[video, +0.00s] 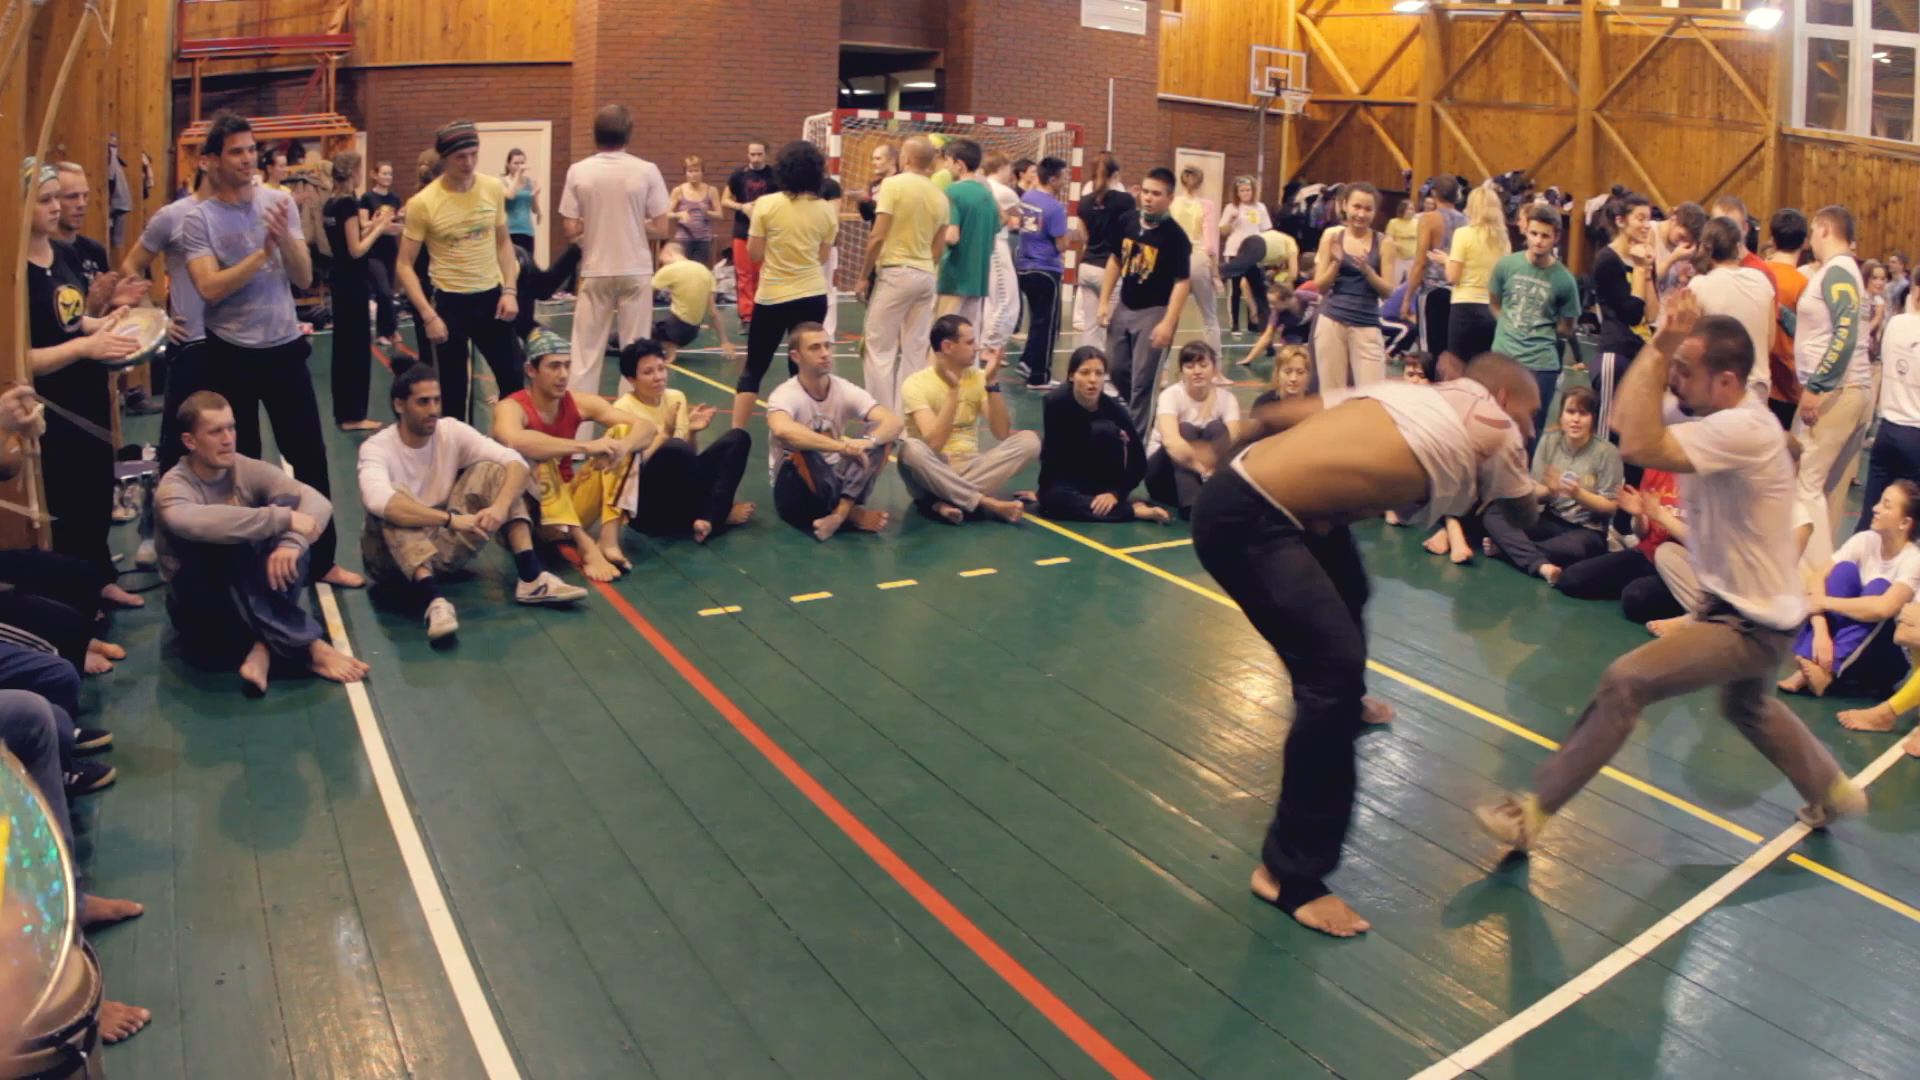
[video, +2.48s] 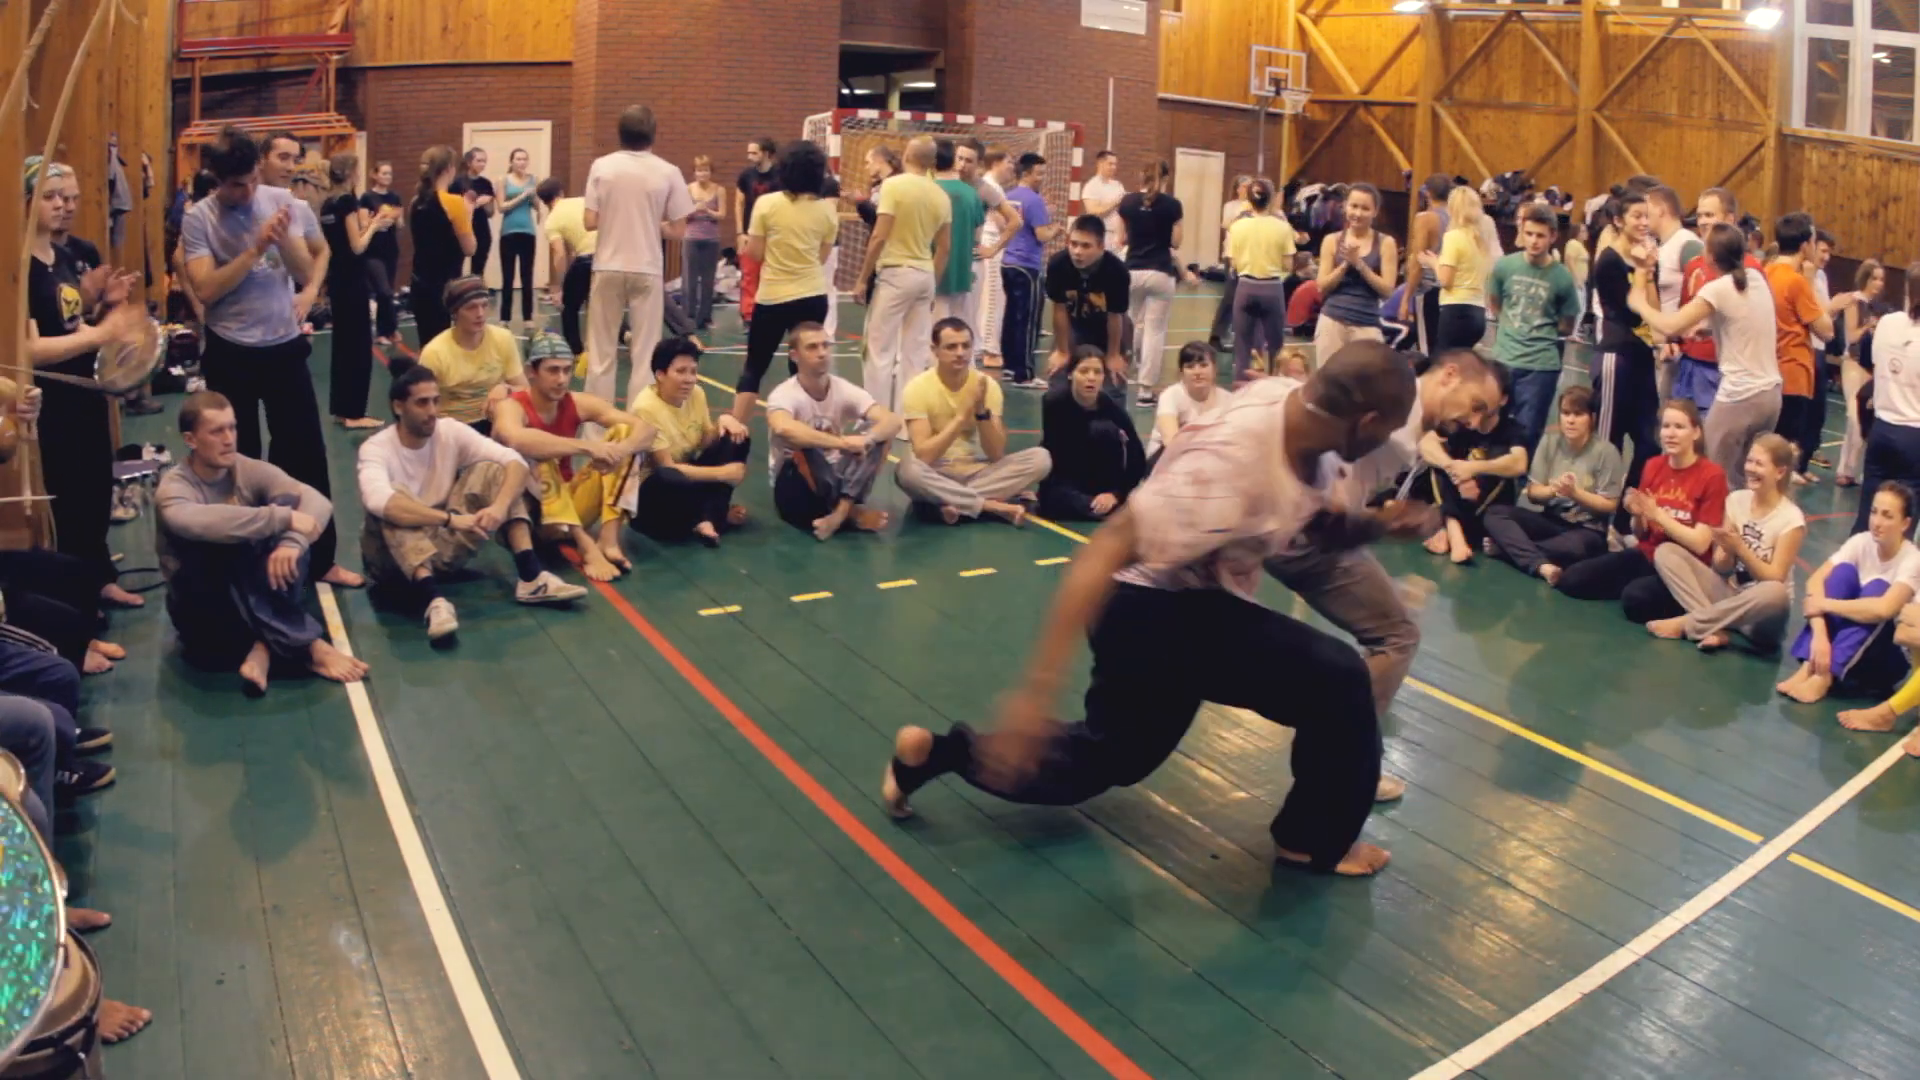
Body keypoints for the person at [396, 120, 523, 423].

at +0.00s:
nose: (468, 162)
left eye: (472, 154)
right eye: (460, 156)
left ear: (478, 154)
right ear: (443, 158)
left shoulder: (493, 189)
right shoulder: (423, 204)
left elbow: (503, 243)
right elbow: (404, 265)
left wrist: (510, 289)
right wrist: (428, 316)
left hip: (490, 300)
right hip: (449, 304)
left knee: (513, 378)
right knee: (453, 393)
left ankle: (515, 454)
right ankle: (455, 460)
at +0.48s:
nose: (488, 182)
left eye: (493, 174)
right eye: (480, 176)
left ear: (500, 172)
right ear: (465, 176)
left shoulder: (518, 203)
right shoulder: (442, 211)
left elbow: (529, 252)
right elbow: (418, 268)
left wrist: (520, 301)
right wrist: (441, 315)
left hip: (501, 306)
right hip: (457, 308)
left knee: (519, 383)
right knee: (453, 389)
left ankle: (527, 452)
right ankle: (452, 452)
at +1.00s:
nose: (494, 290)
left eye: (500, 281)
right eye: (486, 282)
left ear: (506, 280)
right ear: (470, 282)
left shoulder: (520, 306)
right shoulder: (448, 314)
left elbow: (528, 360)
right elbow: (437, 376)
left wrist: (509, 404)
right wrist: (469, 418)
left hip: (501, 388)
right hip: (458, 390)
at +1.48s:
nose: (480, 306)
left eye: (486, 297)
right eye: (472, 298)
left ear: (493, 300)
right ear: (457, 303)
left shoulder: (507, 332)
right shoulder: (438, 344)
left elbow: (523, 382)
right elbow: (429, 402)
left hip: (497, 418)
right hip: (454, 423)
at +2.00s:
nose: (475, 310)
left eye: (479, 302)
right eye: (466, 304)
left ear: (484, 303)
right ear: (451, 308)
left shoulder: (501, 335)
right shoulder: (433, 350)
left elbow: (522, 385)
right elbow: (422, 402)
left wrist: (504, 392)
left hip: (496, 423)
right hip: (452, 429)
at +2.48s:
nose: (480, 314)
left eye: (484, 306)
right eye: (471, 308)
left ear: (488, 307)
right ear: (454, 312)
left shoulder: (502, 339)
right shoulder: (434, 352)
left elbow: (523, 388)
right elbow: (422, 403)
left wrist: (505, 388)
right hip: (450, 428)